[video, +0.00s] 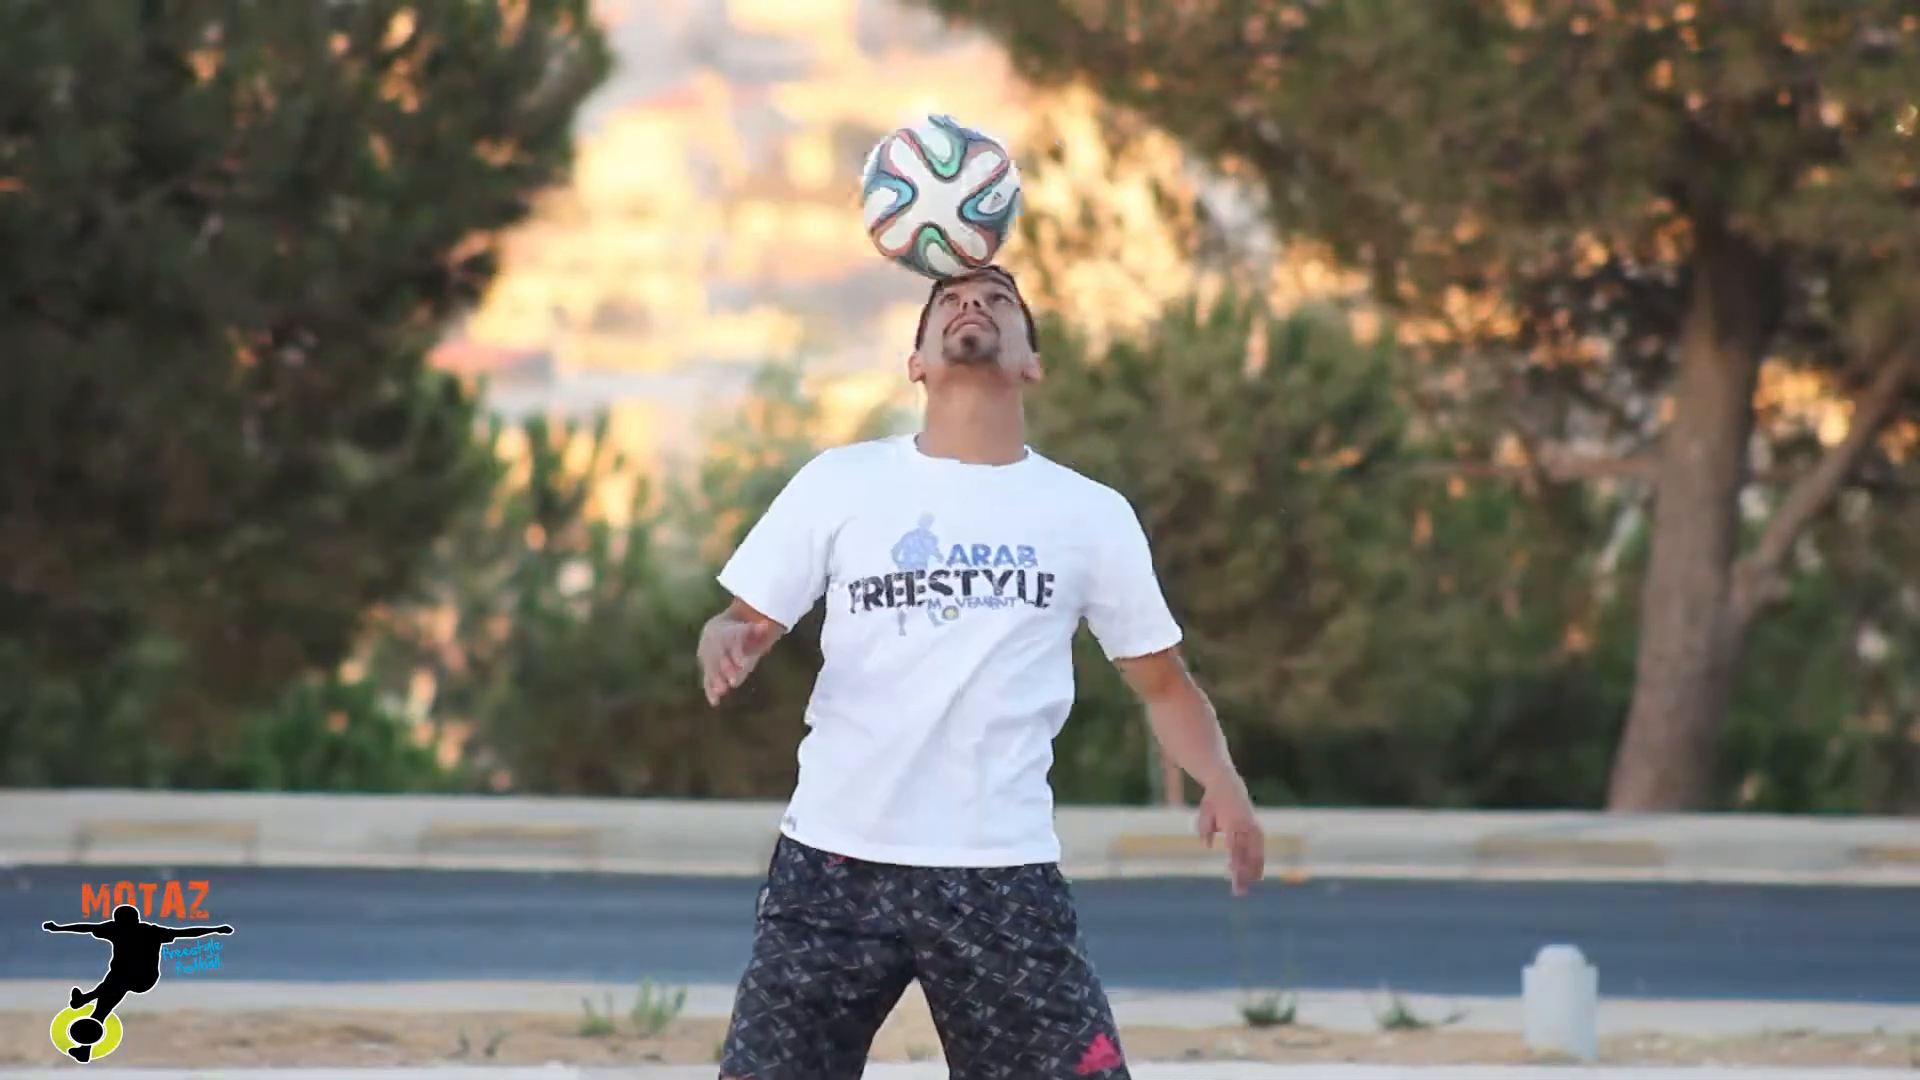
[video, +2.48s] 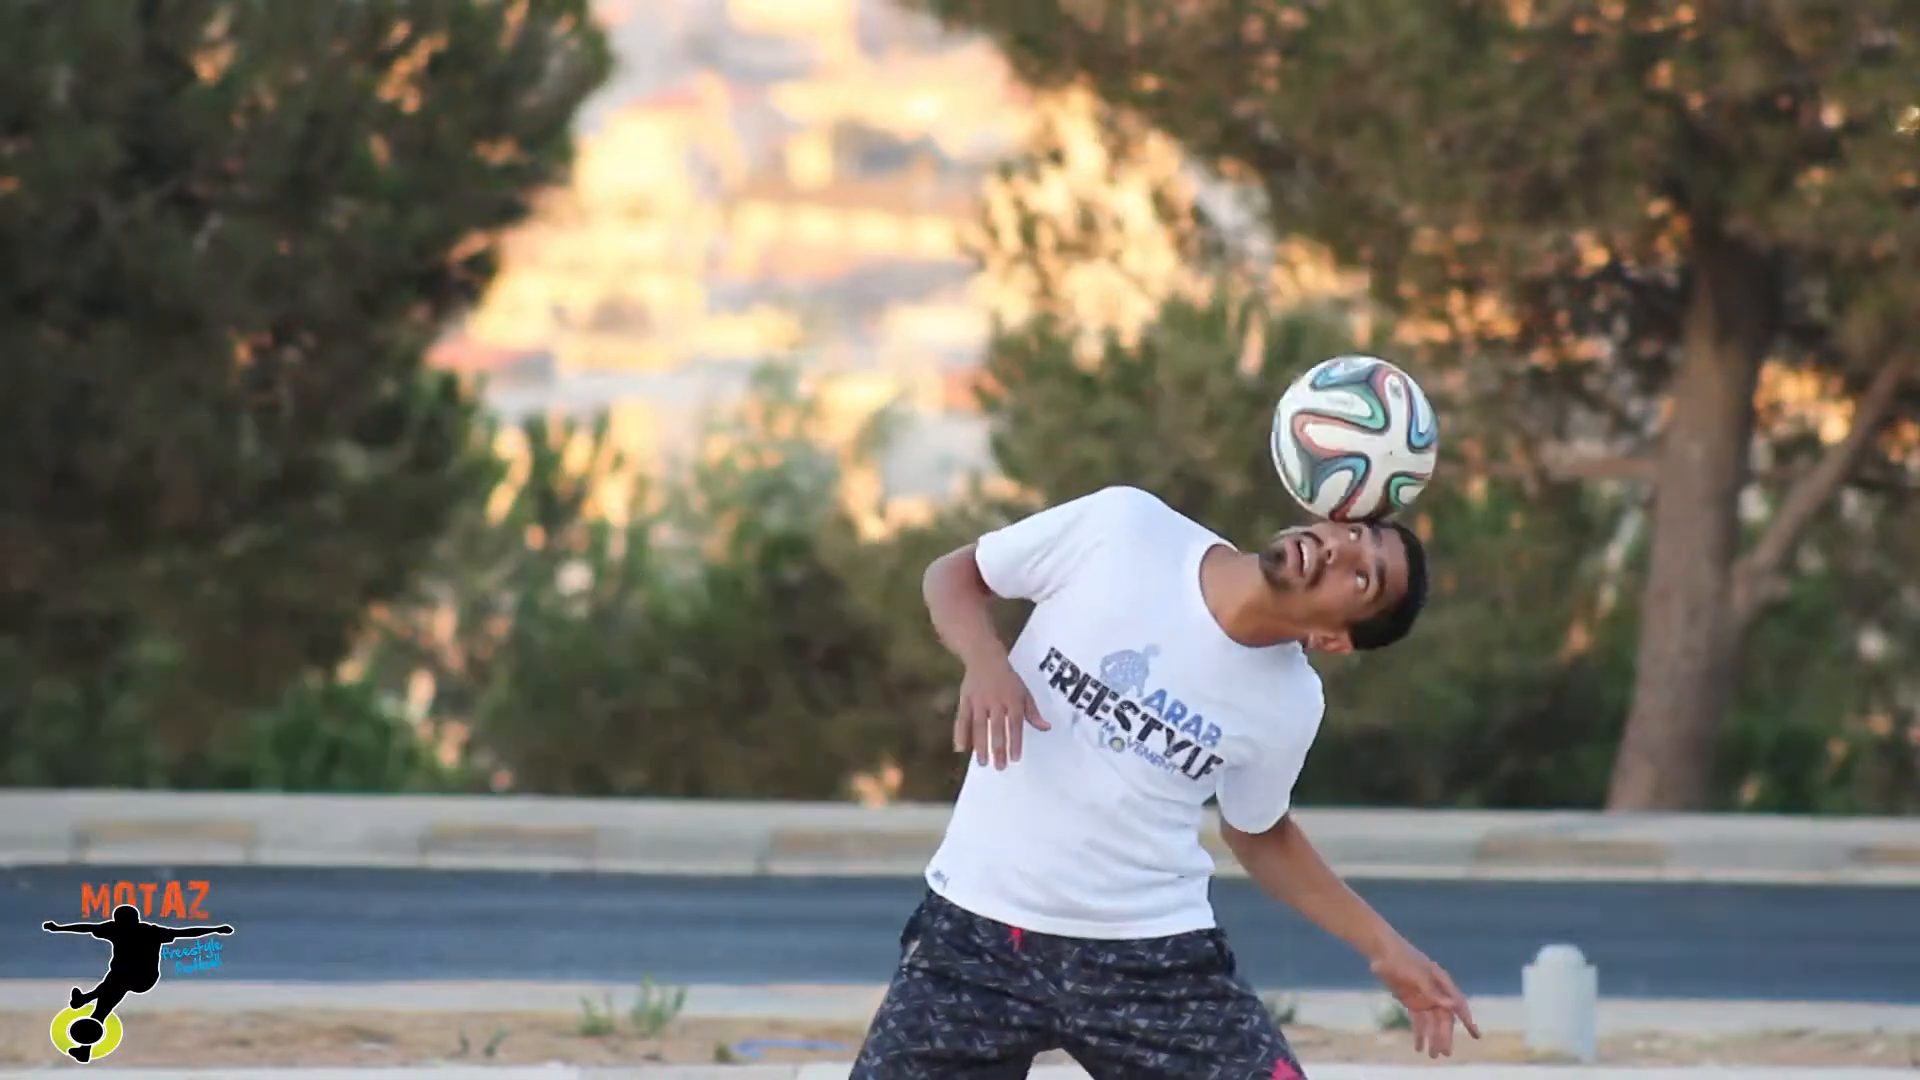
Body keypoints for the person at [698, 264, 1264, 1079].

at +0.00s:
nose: (970, 304)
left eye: (998, 301)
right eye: (948, 301)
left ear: (1032, 367)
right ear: (915, 365)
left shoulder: (1093, 516)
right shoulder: (838, 482)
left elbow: (1163, 681)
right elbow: (742, 617)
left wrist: (1223, 781)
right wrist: (726, 651)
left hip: (1001, 886)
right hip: (829, 876)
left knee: (1075, 1071)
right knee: (764, 1069)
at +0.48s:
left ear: (859, 665)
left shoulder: (927, 663)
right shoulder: (689, 599)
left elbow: (995, 739)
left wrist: (1038, 884)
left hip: (866, 950)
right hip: (683, 940)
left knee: (973, 1069)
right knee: (614, 1070)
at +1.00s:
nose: (1161, 438)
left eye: (1177, 437)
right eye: (1134, 425)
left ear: (1185, 493)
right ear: (1074, 465)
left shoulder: (1167, 669)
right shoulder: (980, 533)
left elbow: (1104, 826)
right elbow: (801, 616)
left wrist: (1142, 906)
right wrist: (855, 690)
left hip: (1020, 954)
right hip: (854, 937)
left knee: (1151, 1070)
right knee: (768, 1067)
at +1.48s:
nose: (1256, 332)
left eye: (1293, 330)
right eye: (1248, 327)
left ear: (1329, 400)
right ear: (1222, 372)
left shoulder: (1354, 569)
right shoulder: (1113, 471)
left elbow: (1391, 767)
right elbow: (951, 584)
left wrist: (1334, 872)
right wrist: (989, 571)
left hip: (1220, 917)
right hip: (1043, 890)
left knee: (1292, 1073)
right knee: (943, 1070)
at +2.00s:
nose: (1066, 414)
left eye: (1074, 401)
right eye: (1046, 434)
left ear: (1148, 429)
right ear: (1067, 502)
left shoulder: (1294, 512)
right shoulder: (1078, 604)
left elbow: (1433, 653)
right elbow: (1072, 797)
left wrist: (1459, 741)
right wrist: (983, 777)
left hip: (1263, 945)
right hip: (1092, 943)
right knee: (983, 1073)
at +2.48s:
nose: (1339, 544)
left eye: (1363, 573)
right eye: (1355, 531)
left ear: (1330, 640)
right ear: (1318, 519)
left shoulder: (1285, 704)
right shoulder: (1119, 524)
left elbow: (1260, 832)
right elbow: (952, 576)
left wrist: (1383, 946)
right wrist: (984, 657)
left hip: (1154, 972)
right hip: (969, 949)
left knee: (1272, 1067)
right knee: (885, 1065)